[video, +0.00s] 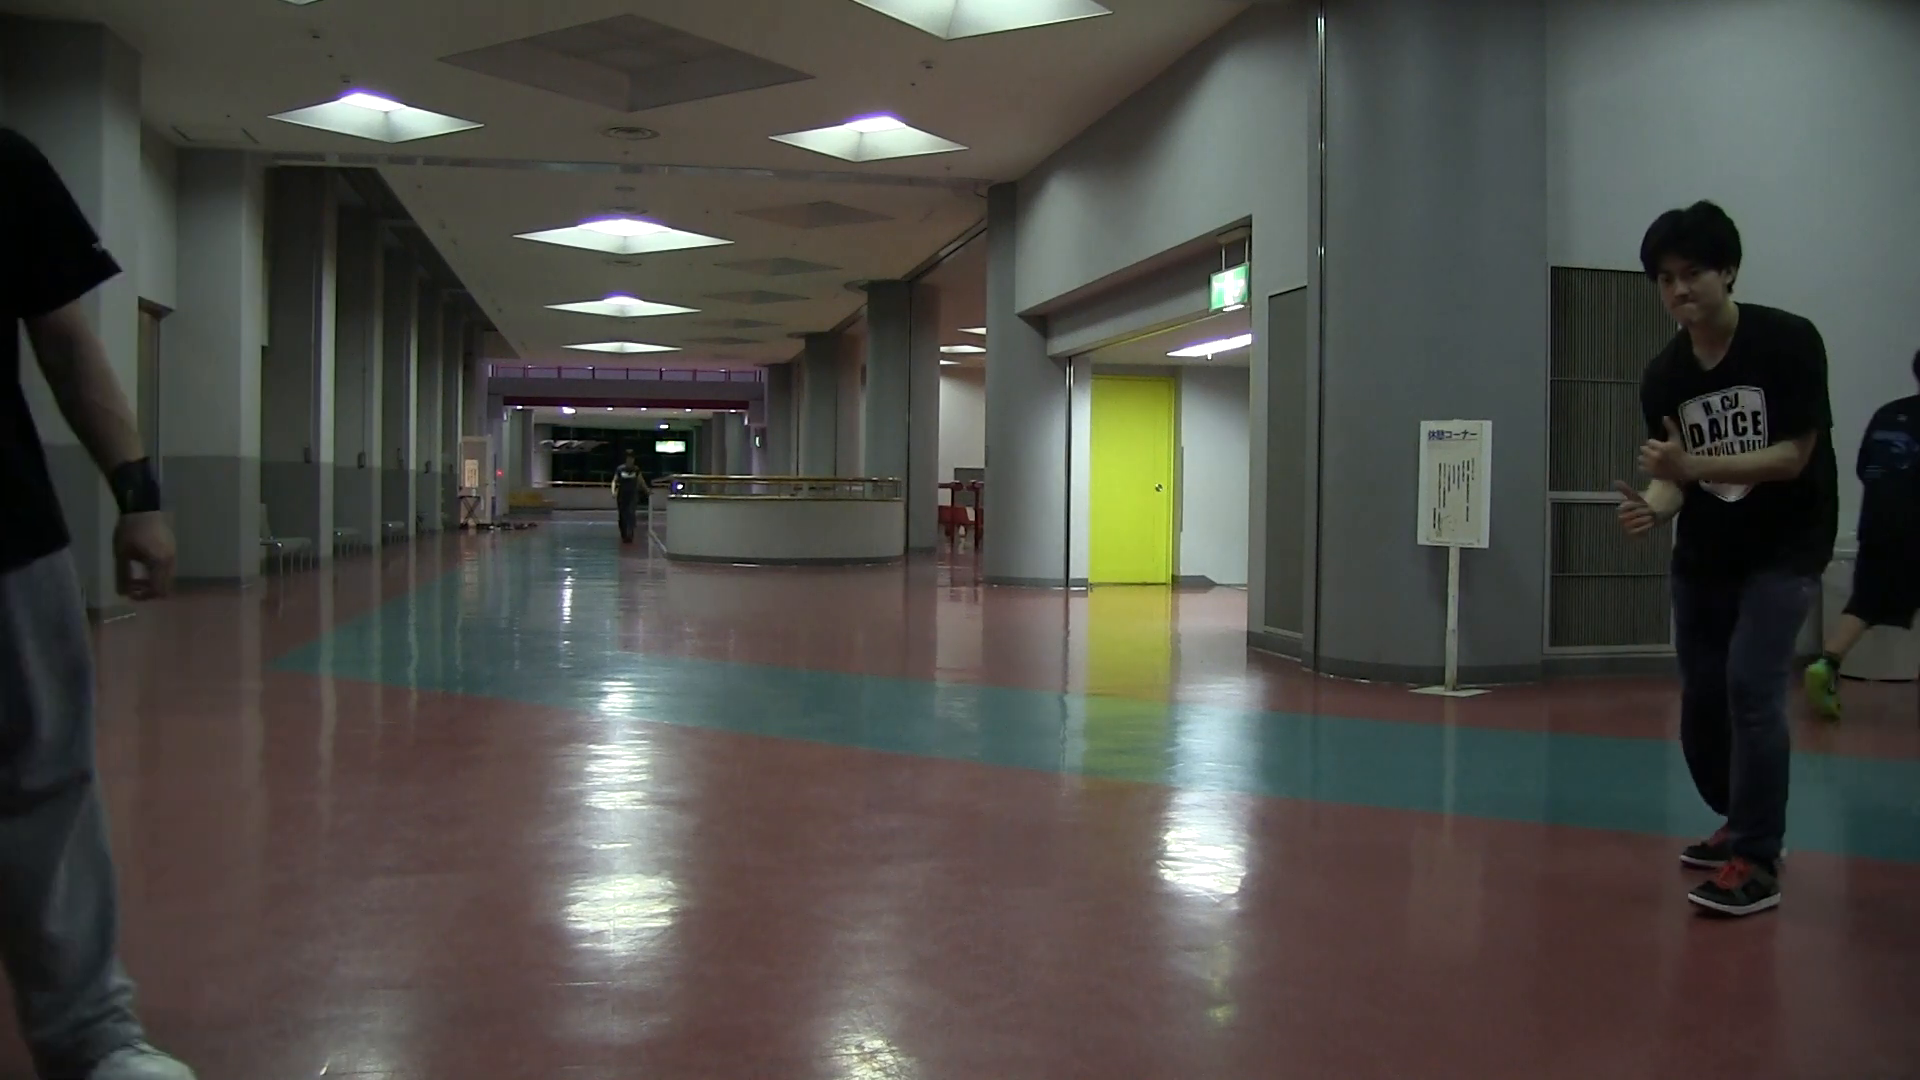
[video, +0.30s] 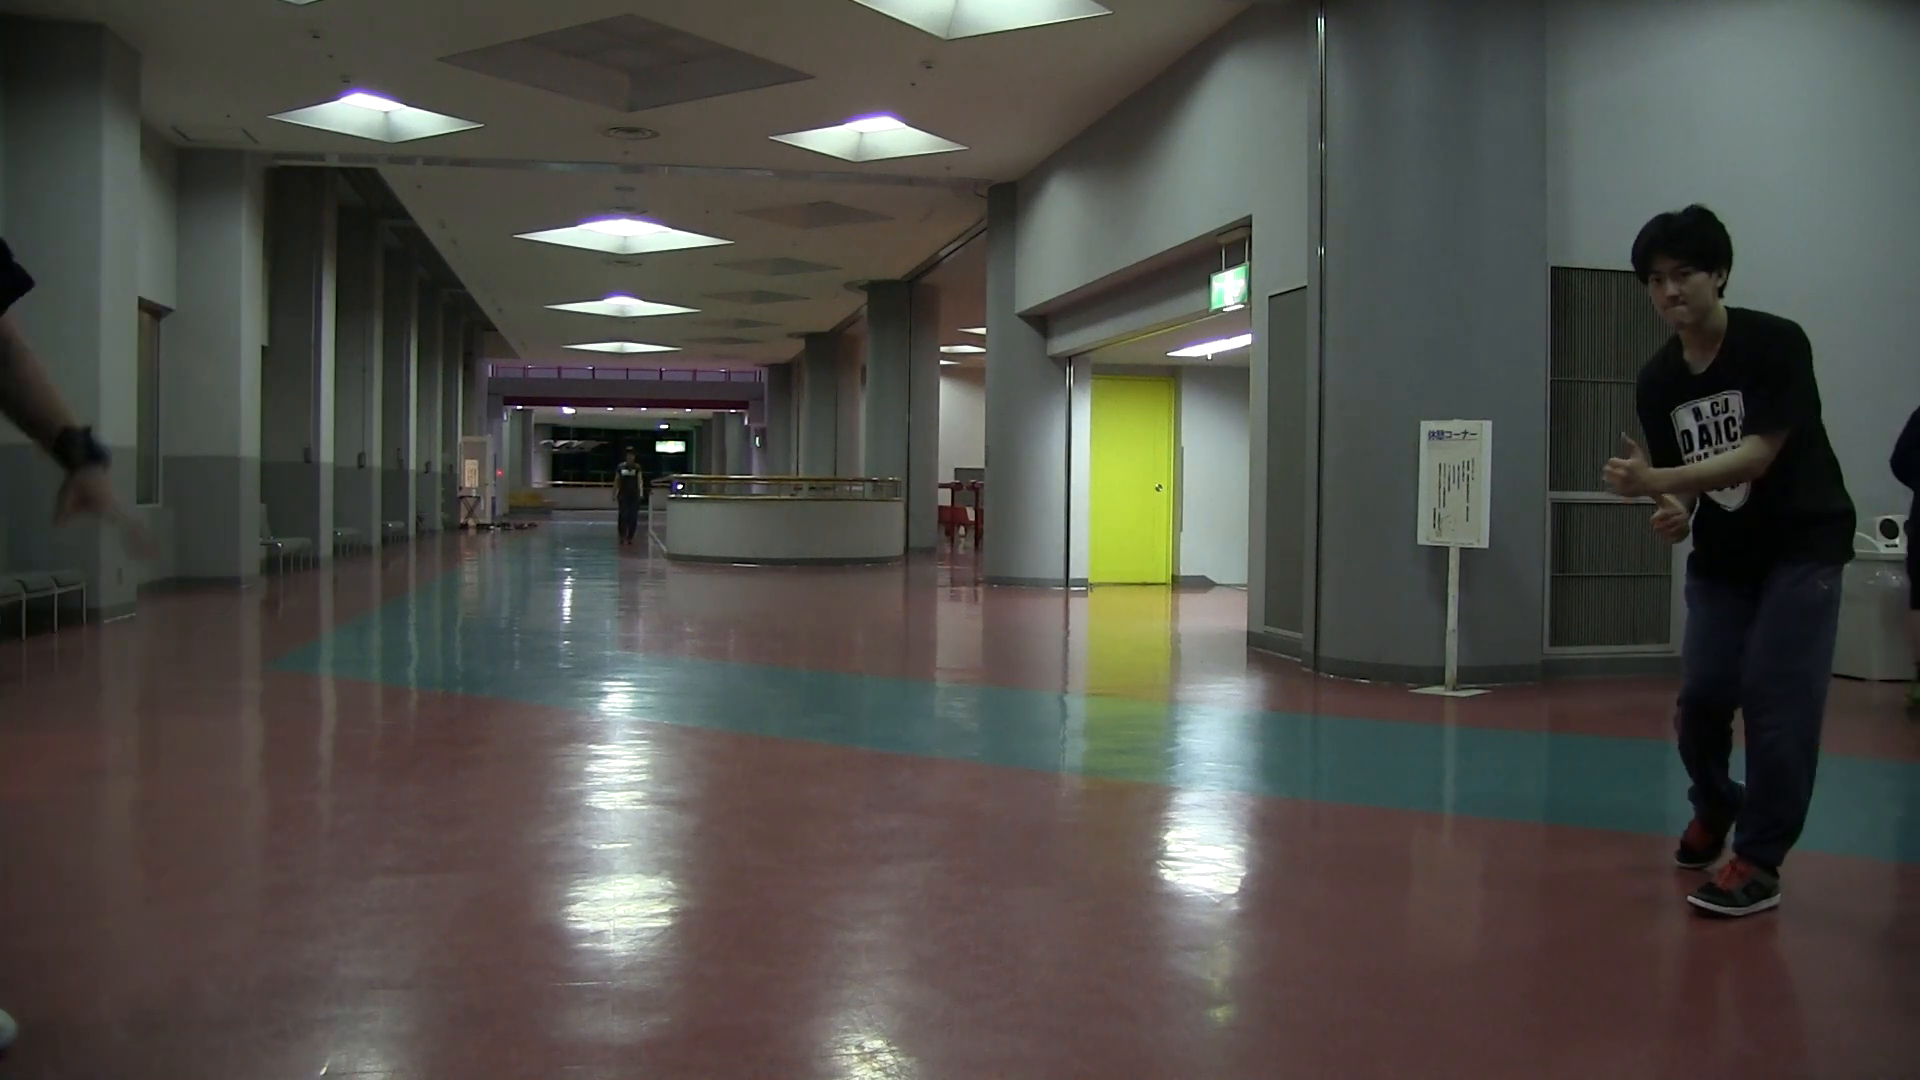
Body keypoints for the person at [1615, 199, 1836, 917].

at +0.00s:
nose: (1679, 291)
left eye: (1691, 274)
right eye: (1667, 280)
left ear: (1728, 272)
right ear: (1658, 287)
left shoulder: (1790, 342)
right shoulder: (1663, 375)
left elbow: (1795, 457)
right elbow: (1679, 472)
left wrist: (1689, 465)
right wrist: (1649, 505)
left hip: (1784, 551)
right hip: (1705, 554)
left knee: (1752, 690)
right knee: (1704, 696)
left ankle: (1757, 862)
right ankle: (1742, 824)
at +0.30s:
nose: (1672, 291)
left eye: (1685, 275)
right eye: (1658, 280)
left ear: (1720, 275)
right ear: (1649, 290)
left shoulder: (1777, 342)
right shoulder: (1657, 380)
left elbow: (1760, 453)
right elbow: (1677, 471)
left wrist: (1659, 480)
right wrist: (1676, 506)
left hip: (1802, 546)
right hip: (1720, 550)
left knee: (1777, 699)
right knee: (1701, 697)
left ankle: (1759, 864)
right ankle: (1714, 806)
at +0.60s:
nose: (1633, 268)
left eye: (1643, 254)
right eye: (1634, 254)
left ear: (1686, 261)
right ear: (1677, 264)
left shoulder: (1757, 334)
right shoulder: (1671, 357)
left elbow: (1771, 457)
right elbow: (1689, 464)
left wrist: (1761, 565)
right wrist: (1669, 554)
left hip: (1782, 552)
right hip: (1712, 550)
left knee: (1762, 704)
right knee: (1674, 696)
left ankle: (1756, 863)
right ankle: (1737, 812)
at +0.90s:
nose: (1649, 249)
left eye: (1656, 236)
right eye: (1653, 236)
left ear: (1682, 245)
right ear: (1710, 246)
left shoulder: (1731, 323)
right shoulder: (1719, 321)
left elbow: (1774, 432)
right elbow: (1721, 444)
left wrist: (1814, 536)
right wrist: (1686, 535)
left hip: (1736, 541)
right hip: (1730, 539)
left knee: (1676, 674)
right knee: (1729, 678)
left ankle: (1724, 842)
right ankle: (1765, 829)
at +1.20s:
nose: (1649, 245)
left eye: (1654, 232)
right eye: (1653, 232)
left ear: (1676, 241)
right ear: (1708, 242)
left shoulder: (1721, 317)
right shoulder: (1717, 315)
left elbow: (1727, 429)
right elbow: (1717, 432)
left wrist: (1716, 536)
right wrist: (1697, 531)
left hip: (1710, 542)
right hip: (1715, 540)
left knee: (1639, 674)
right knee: (1726, 689)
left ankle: (1623, 824)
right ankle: (1766, 830)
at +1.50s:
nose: (1604, 247)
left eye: (1616, 235)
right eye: (1607, 233)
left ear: (1656, 245)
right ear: (1647, 248)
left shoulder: (1686, 323)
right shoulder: (1654, 324)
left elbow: (1697, 442)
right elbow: (1659, 439)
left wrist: (1669, 547)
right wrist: (1643, 535)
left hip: (1679, 544)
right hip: (1661, 540)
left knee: (1625, 689)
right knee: (1698, 687)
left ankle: (1568, 827)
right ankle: (1761, 823)